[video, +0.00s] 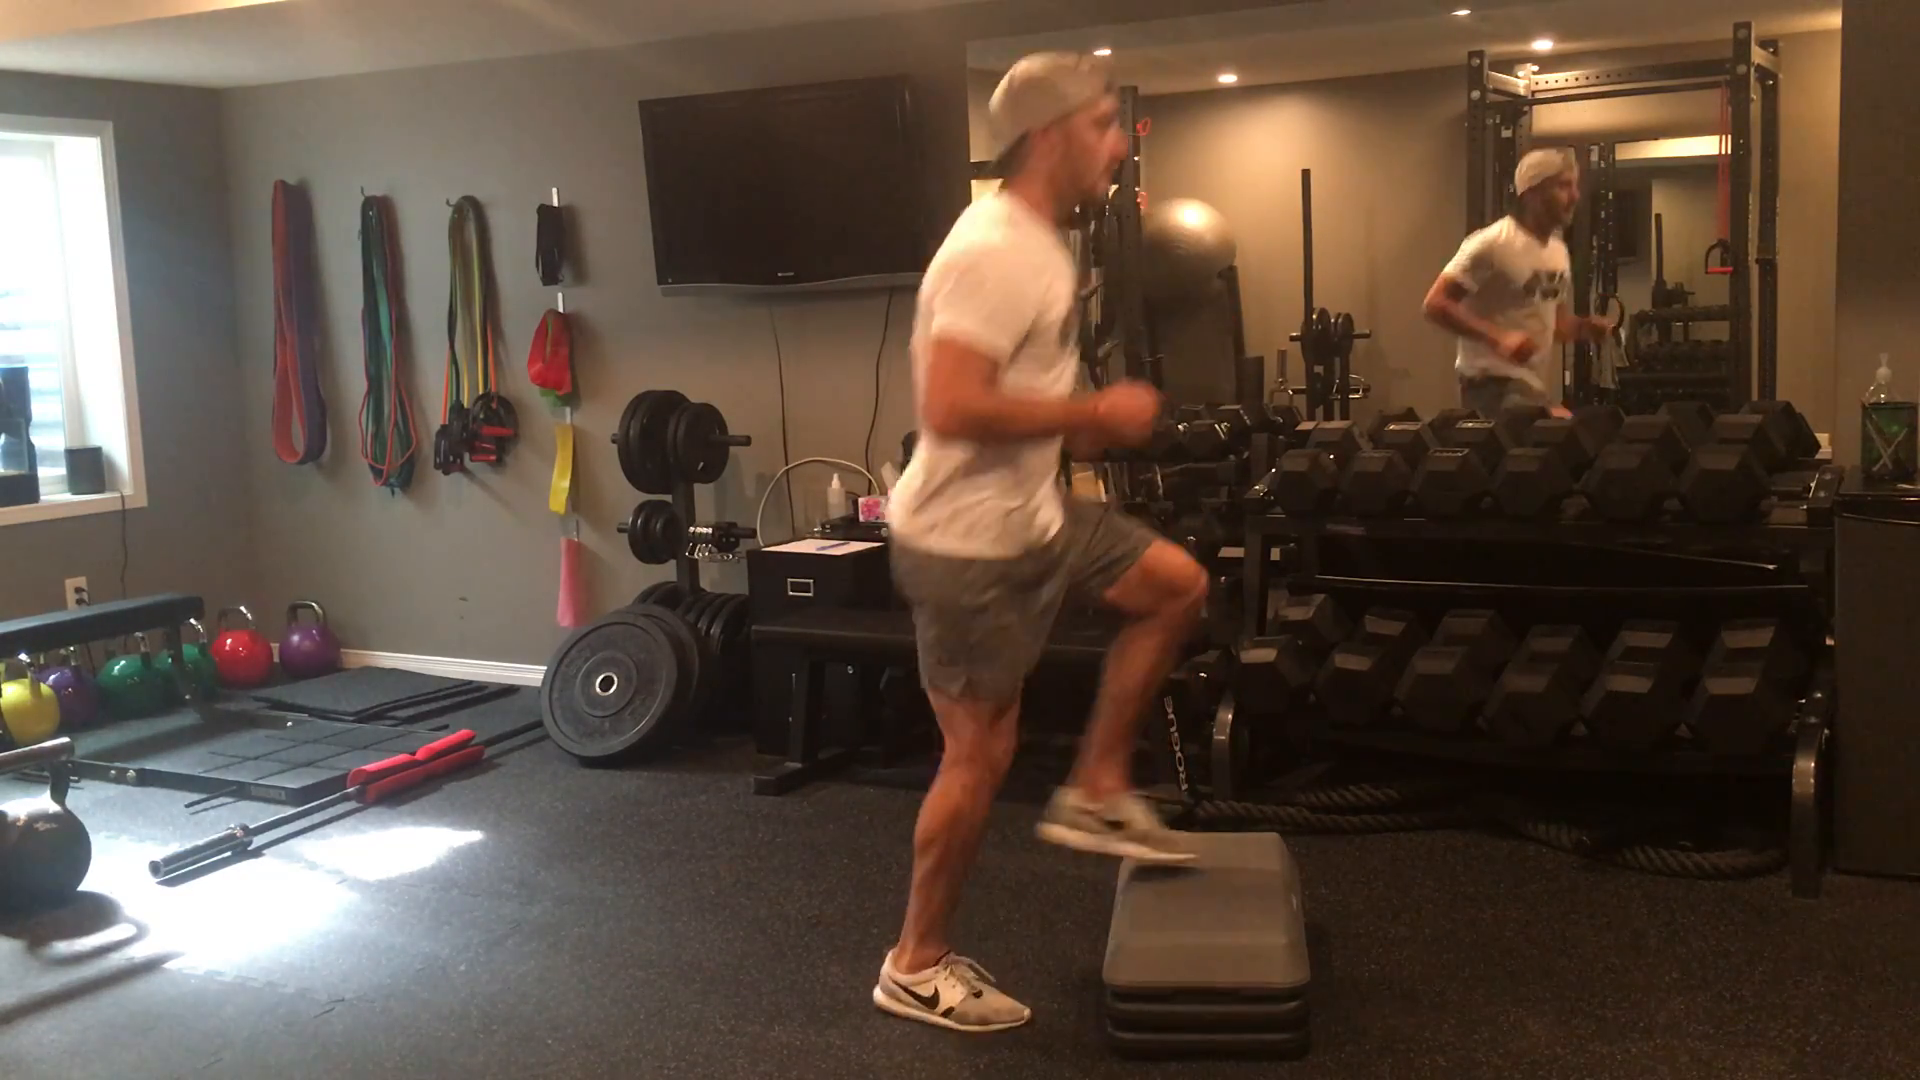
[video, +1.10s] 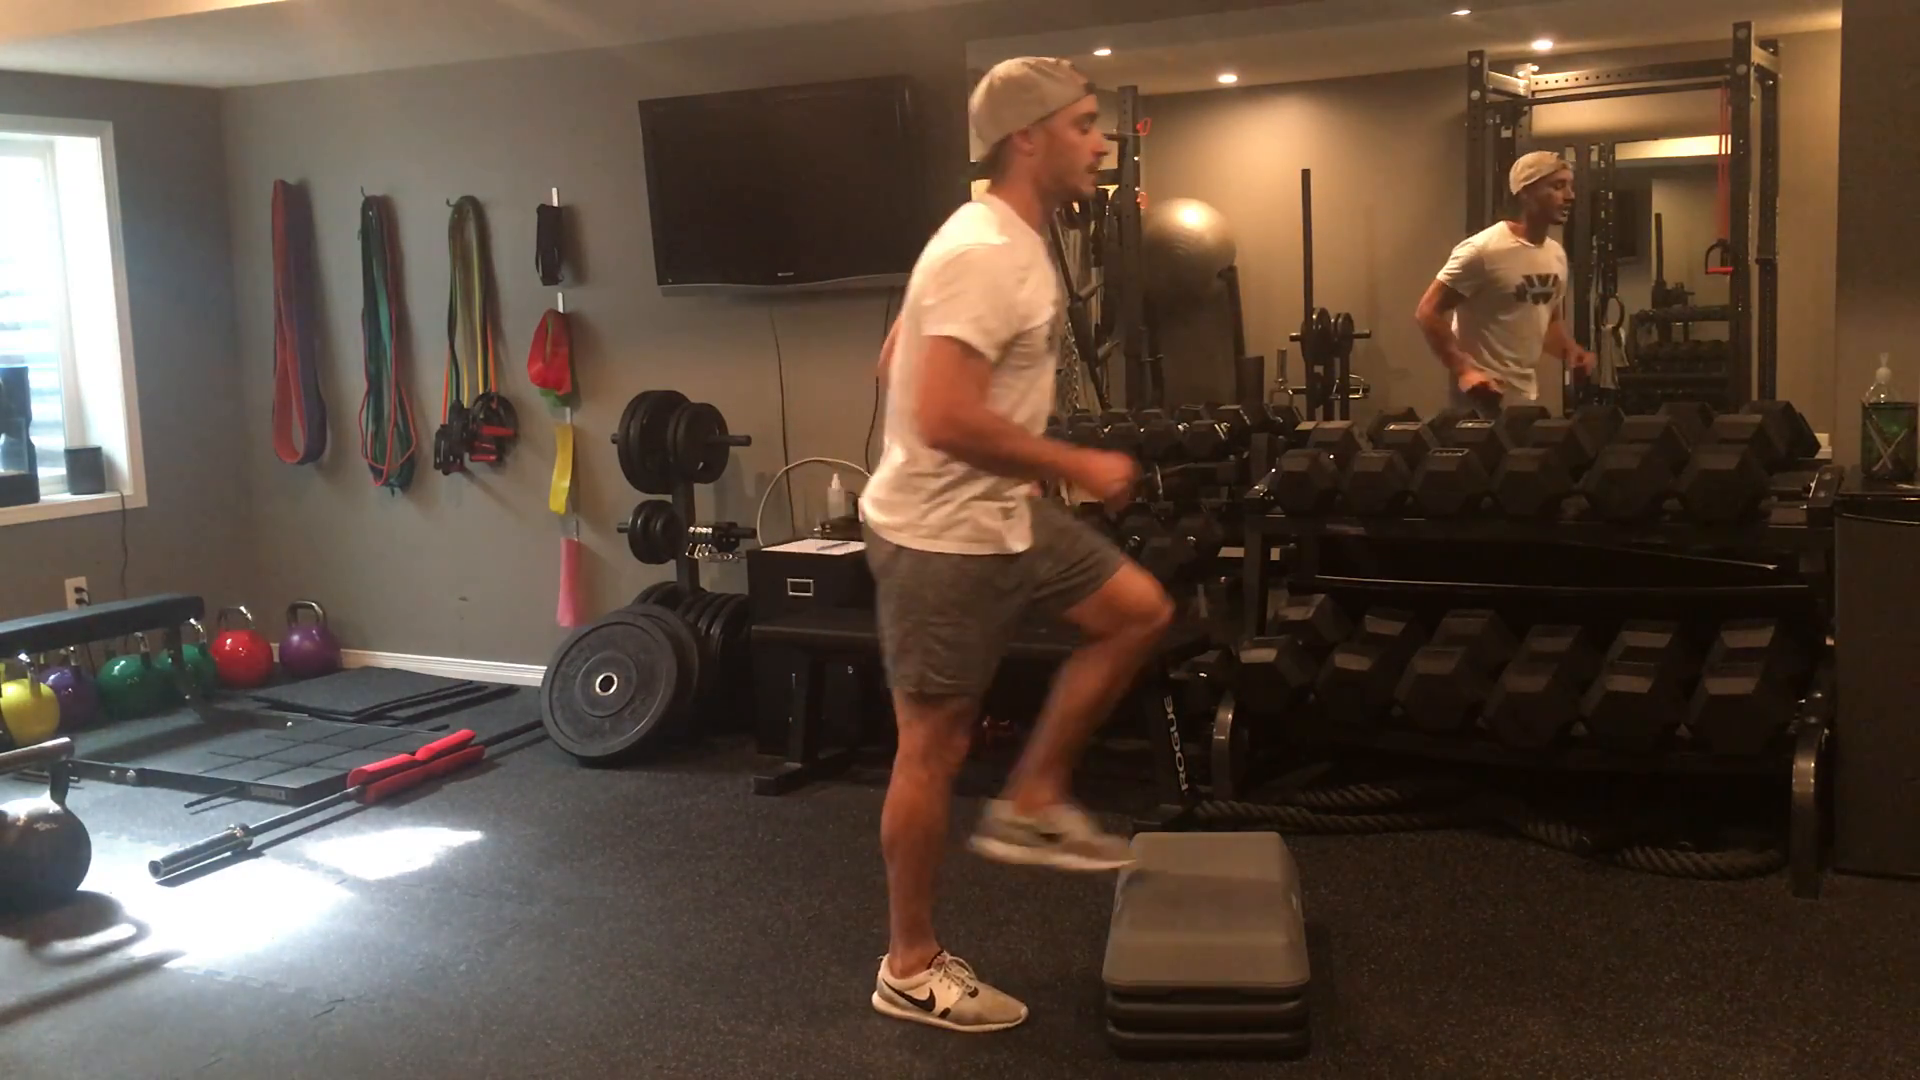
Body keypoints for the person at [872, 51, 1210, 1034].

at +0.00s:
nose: (1119, 142)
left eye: (1116, 123)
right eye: (1104, 124)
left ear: (1051, 140)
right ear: (1047, 139)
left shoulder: (1042, 238)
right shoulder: (988, 248)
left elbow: (1001, 390)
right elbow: (948, 407)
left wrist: (1081, 416)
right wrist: (1090, 412)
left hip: (1034, 512)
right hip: (963, 538)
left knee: (1175, 586)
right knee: (976, 759)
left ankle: (1096, 791)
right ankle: (915, 959)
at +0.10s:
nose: (1088, 162)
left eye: (1085, 143)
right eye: (1074, 142)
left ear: (1020, 155)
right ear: (1016, 152)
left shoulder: (1010, 258)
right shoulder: (948, 259)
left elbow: (976, 403)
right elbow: (912, 422)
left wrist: (1030, 481)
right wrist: (1058, 457)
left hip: (1003, 528)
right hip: (940, 544)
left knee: (1124, 629)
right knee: (988, 752)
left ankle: (997, 794)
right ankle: (917, 959)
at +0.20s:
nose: (1061, 142)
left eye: (1058, 125)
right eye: (1045, 126)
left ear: (998, 138)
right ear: (989, 137)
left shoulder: (992, 242)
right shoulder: (930, 244)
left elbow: (936, 390)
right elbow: (863, 396)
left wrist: (992, 481)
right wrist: (992, 478)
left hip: (974, 527)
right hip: (911, 536)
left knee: (1027, 688)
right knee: (944, 735)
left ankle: (869, 869)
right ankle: (915, 962)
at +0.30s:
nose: (1043, 144)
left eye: (1039, 127)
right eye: (1025, 127)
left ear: (980, 146)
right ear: (969, 144)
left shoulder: (976, 247)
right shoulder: (918, 251)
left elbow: (906, 392)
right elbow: (829, 392)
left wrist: (963, 486)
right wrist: (944, 492)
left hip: (909, 536)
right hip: (890, 541)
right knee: (934, 740)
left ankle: (811, 925)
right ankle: (913, 965)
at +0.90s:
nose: (1056, 154)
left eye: (1054, 137)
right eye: (1040, 137)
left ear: (994, 148)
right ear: (984, 146)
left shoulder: (981, 251)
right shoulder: (925, 250)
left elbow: (916, 398)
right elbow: (834, 392)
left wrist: (1001, 423)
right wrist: (962, 468)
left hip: (938, 533)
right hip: (891, 537)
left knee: (990, 701)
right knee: (932, 740)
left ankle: (845, 879)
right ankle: (907, 965)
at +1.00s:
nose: (1075, 142)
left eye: (1072, 125)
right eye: (1059, 126)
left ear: (1012, 140)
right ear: (999, 138)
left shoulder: (998, 243)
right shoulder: (948, 249)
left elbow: (940, 398)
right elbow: (885, 407)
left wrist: (1009, 477)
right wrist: (1013, 476)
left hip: (976, 524)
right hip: (913, 533)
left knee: (1072, 652)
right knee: (923, 746)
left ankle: (930, 811)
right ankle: (906, 965)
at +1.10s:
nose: (1101, 142)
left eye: (1096, 124)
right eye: (1084, 125)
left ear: (1032, 144)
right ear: (1025, 142)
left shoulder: (1008, 238)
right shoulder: (978, 251)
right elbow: (945, 414)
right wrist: (1075, 462)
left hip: (1005, 518)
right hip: (940, 534)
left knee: (1138, 612)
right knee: (931, 750)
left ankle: (1033, 801)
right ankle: (910, 962)